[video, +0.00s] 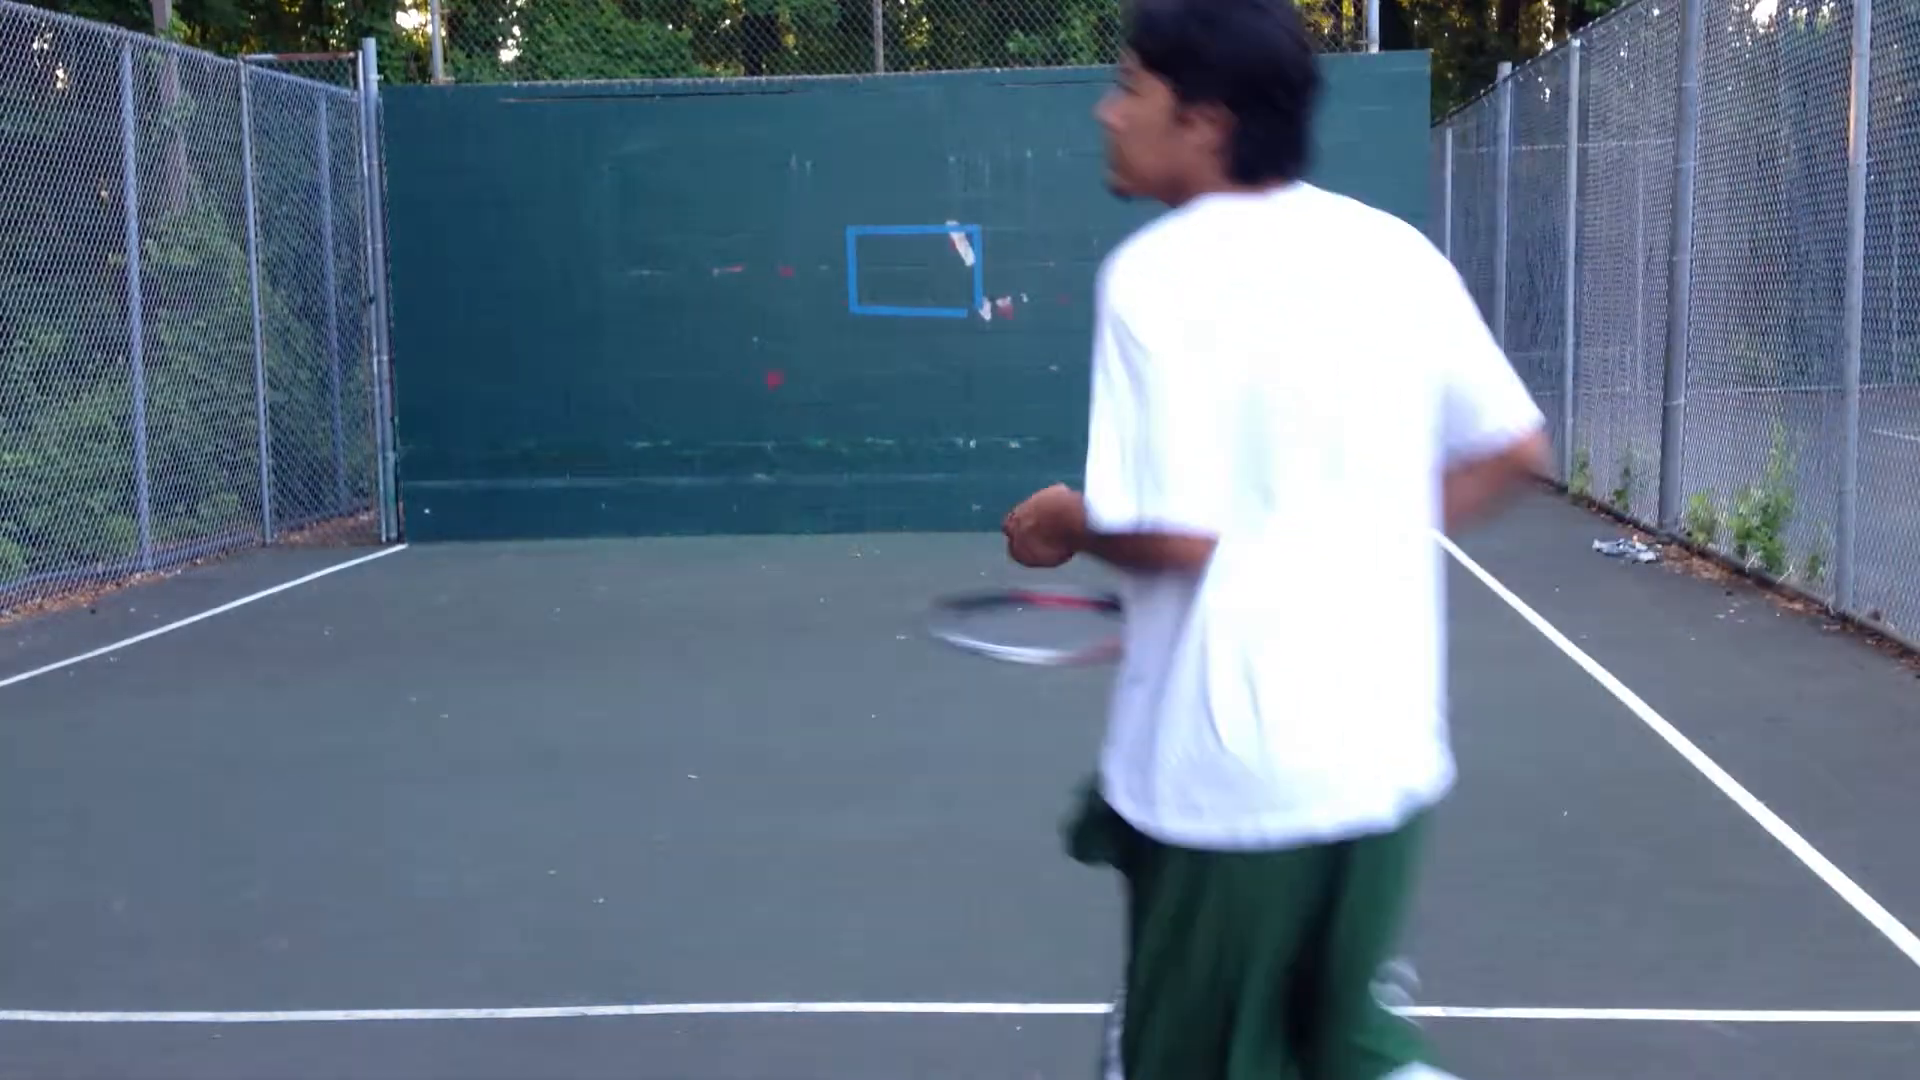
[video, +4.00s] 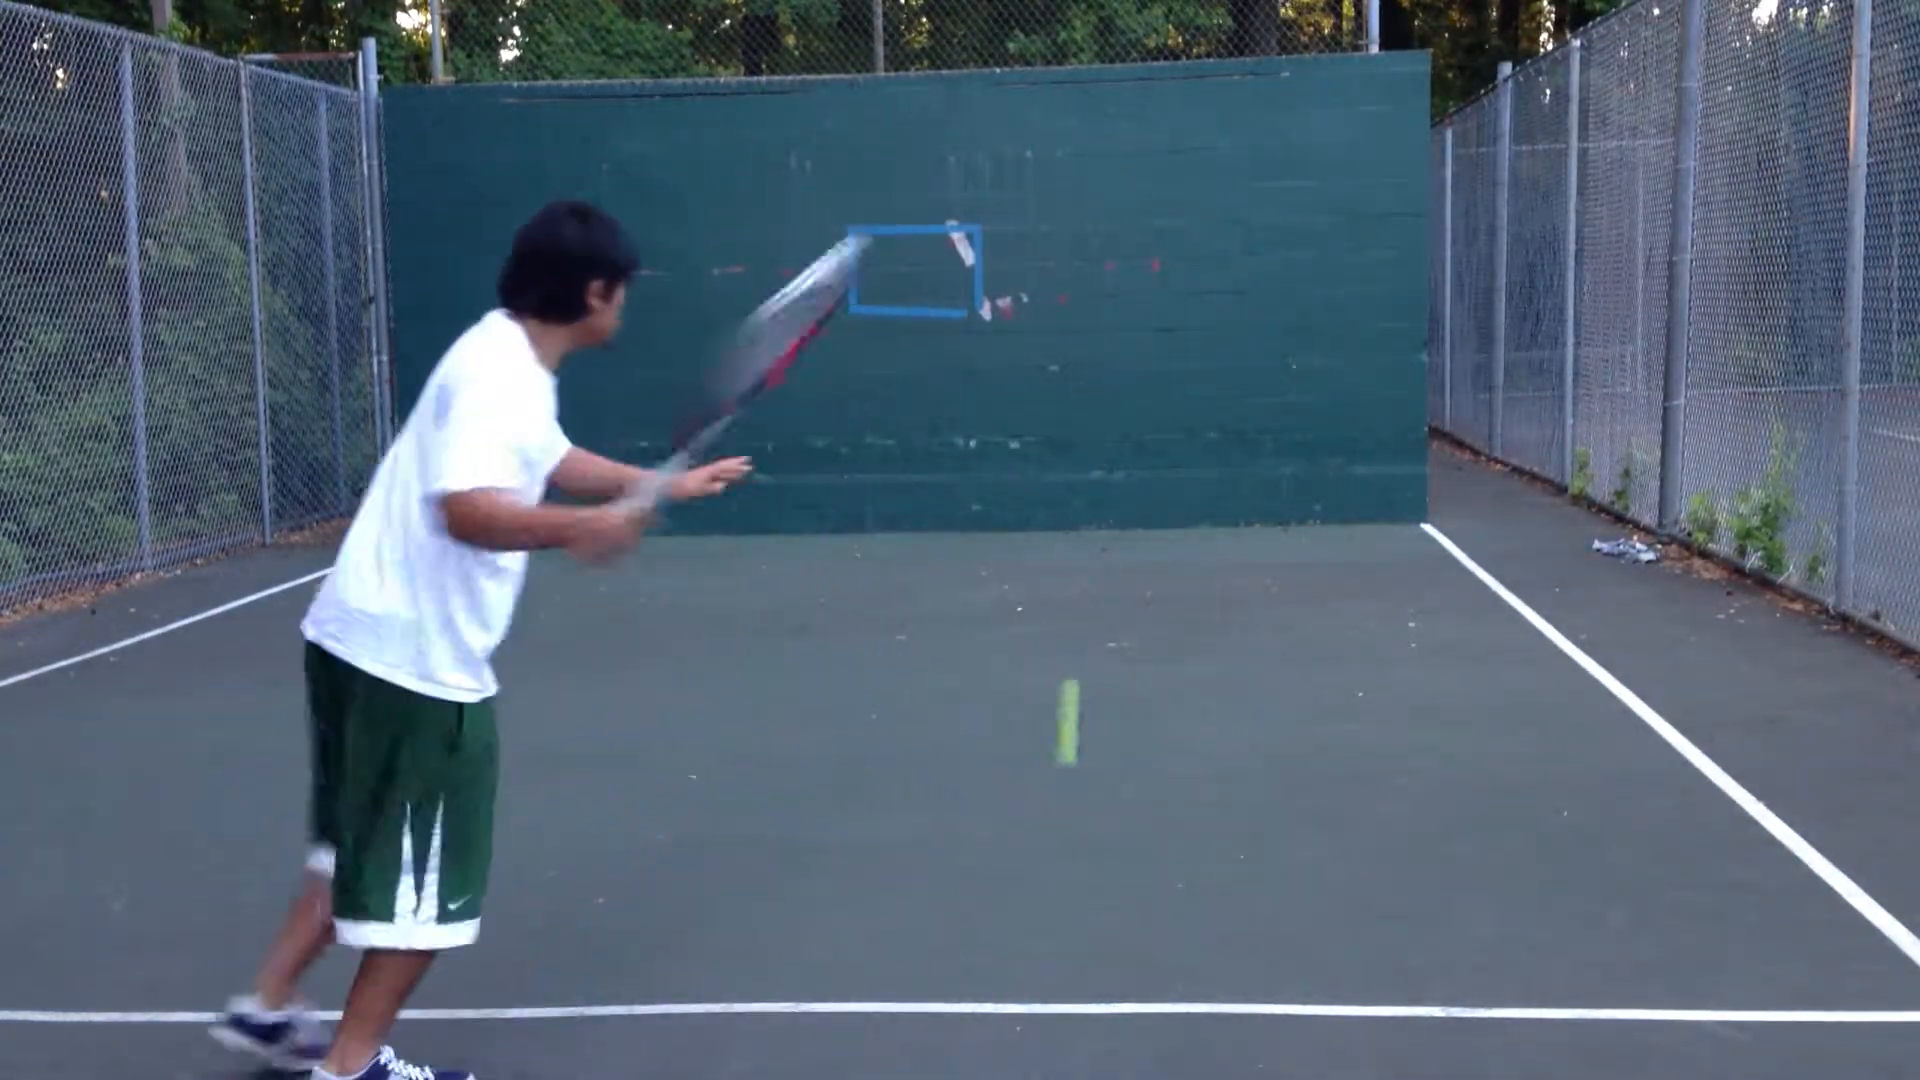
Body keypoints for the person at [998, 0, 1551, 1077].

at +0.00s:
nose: (1107, 109)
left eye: (1133, 87)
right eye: (1118, 83)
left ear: (1208, 121)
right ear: (1222, 120)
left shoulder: (1154, 273)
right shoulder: (1394, 246)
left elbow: (1177, 538)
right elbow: (1513, 449)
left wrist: (1075, 523)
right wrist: (1364, 524)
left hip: (1226, 777)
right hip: (1391, 752)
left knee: (1190, 1053)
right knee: (1347, 1027)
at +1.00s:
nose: (838, 201)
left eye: (856, 179)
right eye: (815, 180)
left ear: (879, 186)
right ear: (770, 187)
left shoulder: (923, 296)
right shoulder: (704, 304)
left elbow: (958, 439)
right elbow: (663, 451)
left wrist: (950, 526)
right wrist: (668, 557)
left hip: (893, 648)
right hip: (757, 654)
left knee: (879, 883)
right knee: (780, 912)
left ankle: (835, 1023)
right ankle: (797, 1076)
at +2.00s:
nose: (837, 249)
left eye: (836, 233)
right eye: (829, 234)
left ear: (772, 235)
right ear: (781, 237)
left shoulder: (794, 317)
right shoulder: (648, 324)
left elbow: (798, 455)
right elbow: (576, 457)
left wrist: (833, 556)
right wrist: (592, 580)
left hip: (766, 620)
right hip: (661, 630)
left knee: (774, 807)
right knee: (657, 841)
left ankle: (720, 984)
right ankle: (652, 1033)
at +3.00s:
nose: (881, 238)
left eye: (877, 224)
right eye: (880, 227)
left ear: (787, 214)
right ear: (865, 236)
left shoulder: (709, 278)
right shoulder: (870, 314)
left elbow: (683, 373)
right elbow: (896, 387)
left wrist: (773, 267)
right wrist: (798, 266)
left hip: (710, 573)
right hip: (822, 581)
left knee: (741, 771)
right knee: (839, 763)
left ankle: (779, 964)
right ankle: (804, 938)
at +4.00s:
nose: (621, 306)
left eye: (622, 290)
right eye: (618, 290)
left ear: (545, 287)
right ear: (589, 297)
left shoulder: (507, 358)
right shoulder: (499, 373)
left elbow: (549, 462)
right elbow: (467, 510)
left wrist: (663, 482)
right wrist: (582, 526)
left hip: (366, 638)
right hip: (415, 663)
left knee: (357, 850)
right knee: (426, 896)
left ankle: (267, 1003)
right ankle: (351, 1063)